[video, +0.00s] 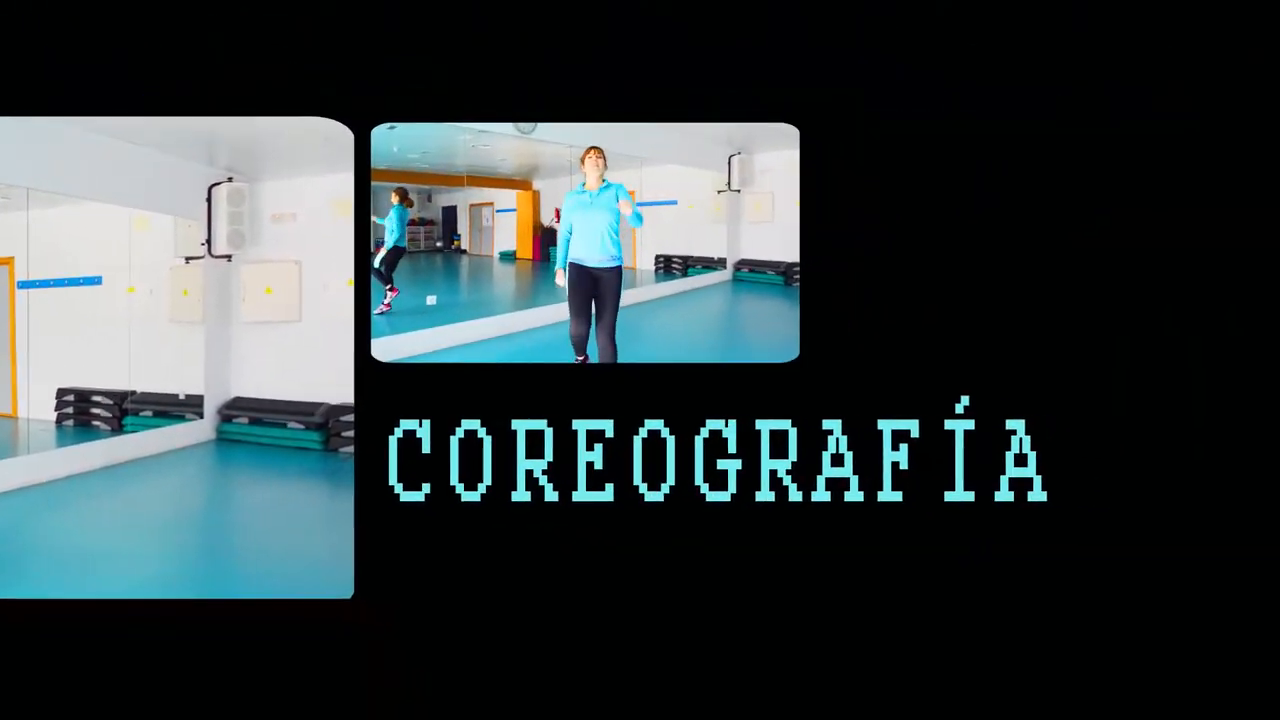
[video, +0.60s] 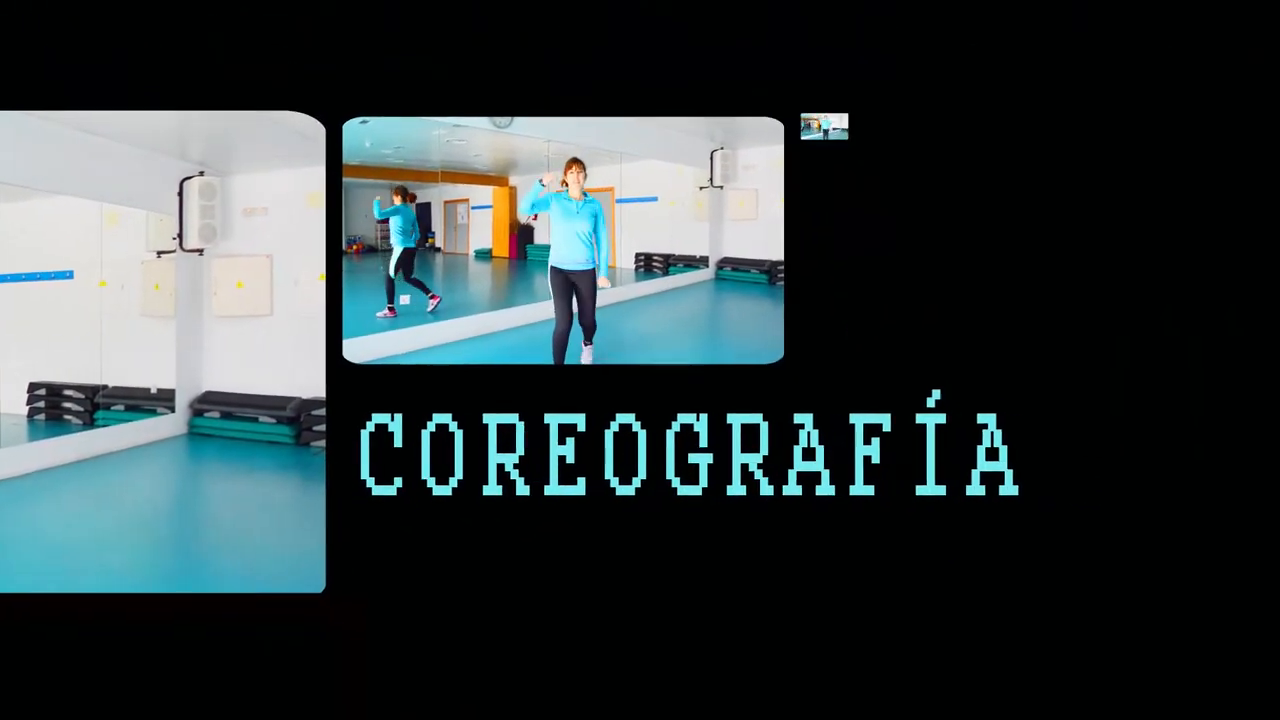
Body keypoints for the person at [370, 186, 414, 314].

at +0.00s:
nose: (391, 197)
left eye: (393, 195)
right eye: (392, 194)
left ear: (397, 197)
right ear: (402, 198)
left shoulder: (396, 211)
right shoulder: (401, 210)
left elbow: (397, 232)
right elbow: (389, 222)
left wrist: (386, 246)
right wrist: (376, 220)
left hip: (394, 245)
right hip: (399, 245)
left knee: (374, 267)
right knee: (388, 271)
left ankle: (390, 289)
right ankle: (386, 302)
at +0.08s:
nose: (380, 197)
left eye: (382, 195)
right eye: (381, 195)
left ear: (385, 197)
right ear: (392, 198)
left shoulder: (381, 213)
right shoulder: (395, 211)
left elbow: (378, 236)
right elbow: (388, 222)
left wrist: (368, 253)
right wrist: (376, 215)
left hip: (382, 247)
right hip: (390, 246)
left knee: (366, 273)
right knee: (375, 274)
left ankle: (384, 294)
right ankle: (372, 304)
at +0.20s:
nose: (376, 204)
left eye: (377, 202)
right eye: (377, 202)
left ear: (381, 203)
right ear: (389, 203)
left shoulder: (375, 219)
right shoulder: (394, 216)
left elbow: (364, 237)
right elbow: (400, 228)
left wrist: (352, 249)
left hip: (375, 253)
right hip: (386, 252)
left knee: (371, 282)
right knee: (367, 278)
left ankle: (392, 306)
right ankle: (366, 307)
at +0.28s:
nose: (379, 202)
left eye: (380, 200)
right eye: (379, 200)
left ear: (383, 200)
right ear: (392, 201)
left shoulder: (378, 215)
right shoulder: (398, 214)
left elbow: (363, 231)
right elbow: (409, 228)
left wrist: (350, 236)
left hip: (380, 251)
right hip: (392, 251)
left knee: (381, 281)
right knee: (376, 279)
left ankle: (396, 309)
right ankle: (367, 306)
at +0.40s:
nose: (385, 197)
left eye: (386, 195)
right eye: (385, 195)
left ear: (389, 195)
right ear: (398, 196)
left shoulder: (385, 208)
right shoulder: (404, 209)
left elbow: (365, 221)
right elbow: (415, 225)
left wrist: (351, 217)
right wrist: (402, 230)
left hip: (389, 245)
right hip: (400, 244)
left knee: (389, 277)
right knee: (388, 275)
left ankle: (395, 309)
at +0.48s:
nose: (389, 196)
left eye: (389, 194)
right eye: (389, 194)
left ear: (393, 194)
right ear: (401, 195)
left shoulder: (389, 207)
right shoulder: (408, 209)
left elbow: (368, 216)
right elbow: (417, 227)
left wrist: (358, 204)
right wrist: (408, 238)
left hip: (393, 244)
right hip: (404, 244)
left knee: (391, 274)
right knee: (394, 272)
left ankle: (394, 309)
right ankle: (408, 298)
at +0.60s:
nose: (393, 199)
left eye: (394, 196)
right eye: (393, 196)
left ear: (398, 196)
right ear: (405, 197)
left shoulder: (397, 209)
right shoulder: (411, 212)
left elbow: (379, 215)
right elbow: (417, 232)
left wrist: (376, 202)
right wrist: (412, 242)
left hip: (400, 247)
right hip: (411, 247)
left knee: (390, 276)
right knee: (408, 277)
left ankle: (390, 308)